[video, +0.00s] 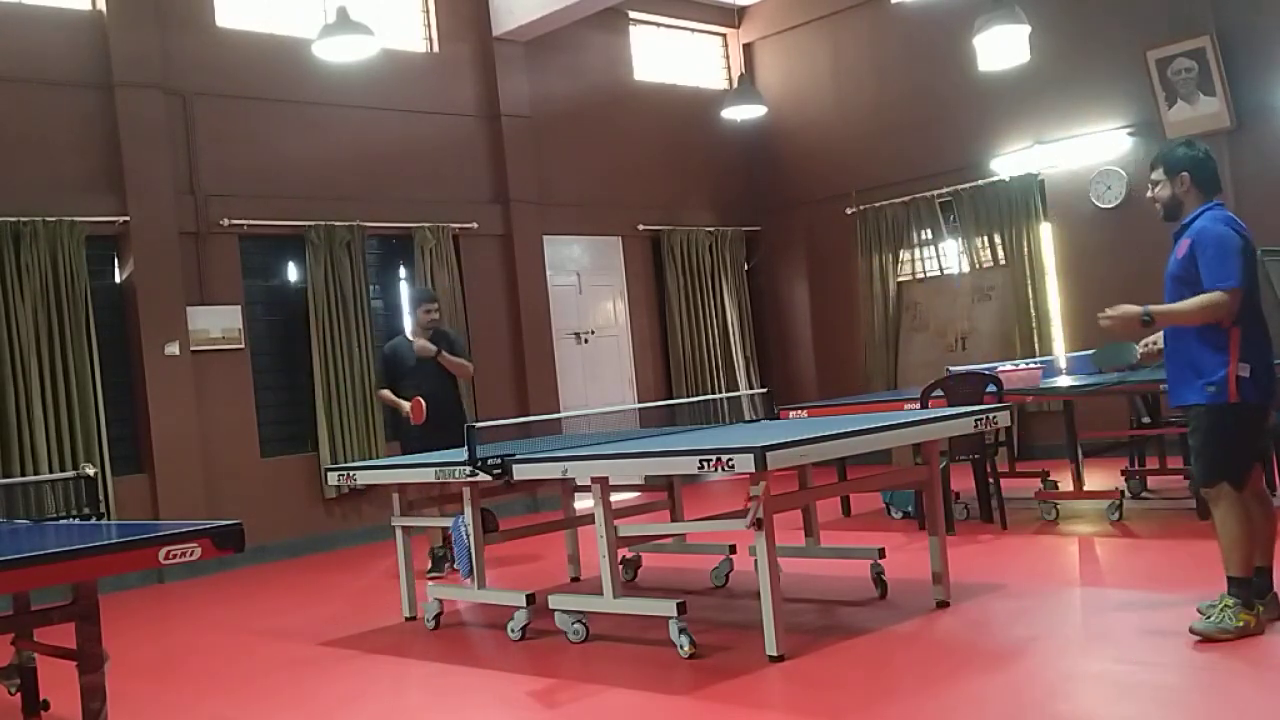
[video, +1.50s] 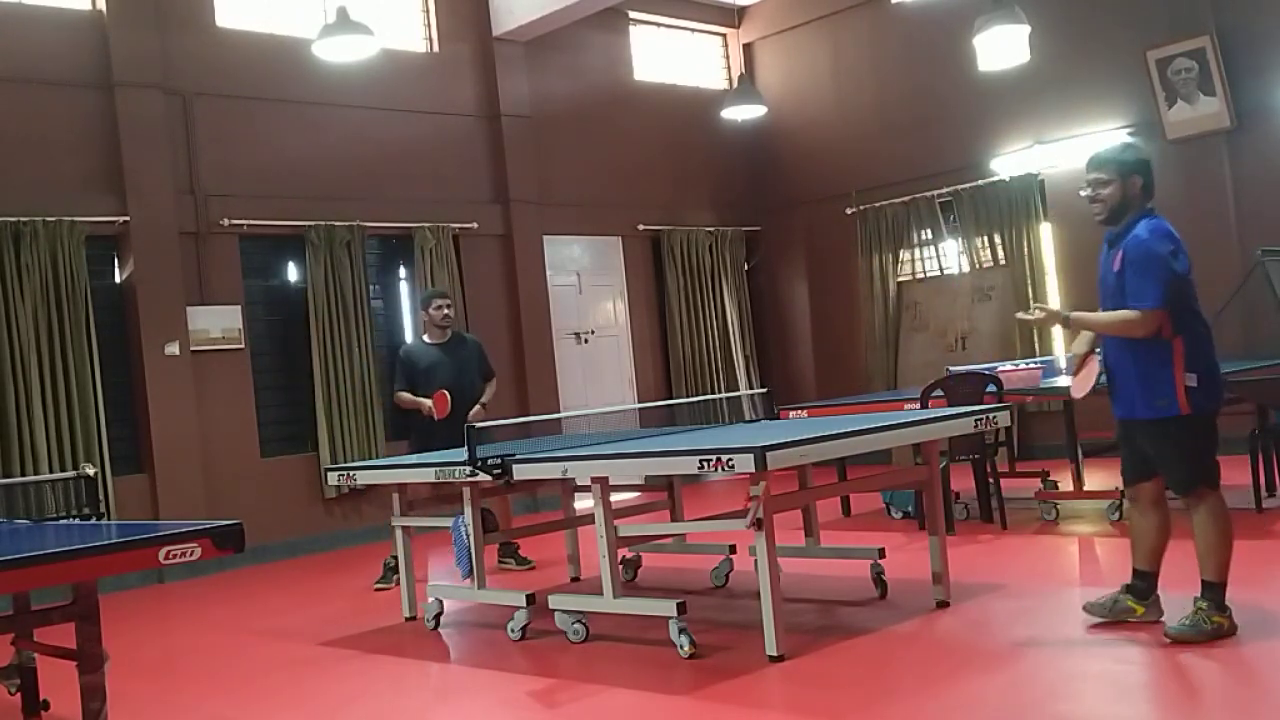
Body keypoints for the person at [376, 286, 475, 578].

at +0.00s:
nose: (434, 316)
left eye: (436, 311)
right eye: (427, 312)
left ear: (440, 312)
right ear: (413, 314)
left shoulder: (448, 339)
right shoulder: (393, 350)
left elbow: (467, 371)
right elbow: (381, 389)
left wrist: (435, 352)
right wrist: (400, 404)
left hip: (452, 426)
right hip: (417, 431)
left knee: (457, 490)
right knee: (427, 493)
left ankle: (460, 546)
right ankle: (437, 549)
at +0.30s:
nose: (433, 315)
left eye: (436, 309)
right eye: (426, 310)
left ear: (440, 312)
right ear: (412, 314)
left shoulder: (452, 346)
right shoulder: (393, 348)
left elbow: (468, 381)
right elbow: (380, 383)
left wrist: (462, 404)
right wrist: (390, 398)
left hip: (443, 433)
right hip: (407, 435)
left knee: (441, 493)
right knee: (413, 494)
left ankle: (436, 546)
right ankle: (418, 548)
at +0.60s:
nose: (415, 315)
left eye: (418, 310)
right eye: (408, 311)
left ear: (422, 312)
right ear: (393, 316)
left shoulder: (435, 344)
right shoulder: (380, 354)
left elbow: (451, 380)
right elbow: (363, 393)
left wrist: (454, 406)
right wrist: (380, 399)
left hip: (437, 435)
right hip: (400, 439)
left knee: (442, 493)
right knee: (394, 500)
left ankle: (438, 547)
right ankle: (389, 562)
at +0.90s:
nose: (414, 312)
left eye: (415, 307)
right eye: (407, 309)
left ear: (419, 311)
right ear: (392, 316)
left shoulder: (436, 341)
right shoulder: (381, 356)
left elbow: (451, 375)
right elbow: (367, 398)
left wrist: (457, 405)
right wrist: (390, 402)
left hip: (443, 436)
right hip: (403, 443)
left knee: (472, 488)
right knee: (397, 501)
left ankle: (496, 544)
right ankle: (389, 563)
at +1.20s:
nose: (441, 313)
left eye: (444, 308)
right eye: (434, 310)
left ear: (451, 311)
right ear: (423, 315)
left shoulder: (470, 342)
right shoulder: (411, 354)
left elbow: (495, 370)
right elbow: (403, 393)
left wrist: (494, 401)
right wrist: (420, 406)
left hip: (473, 434)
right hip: (430, 440)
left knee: (495, 489)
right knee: (408, 499)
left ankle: (506, 548)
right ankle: (394, 561)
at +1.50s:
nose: (446, 312)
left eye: (449, 307)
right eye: (439, 308)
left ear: (454, 311)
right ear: (425, 315)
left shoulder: (471, 345)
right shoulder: (410, 353)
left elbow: (491, 380)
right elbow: (399, 395)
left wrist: (482, 404)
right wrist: (420, 403)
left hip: (470, 437)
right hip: (429, 442)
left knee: (495, 489)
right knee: (410, 501)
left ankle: (507, 548)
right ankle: (395, 561)